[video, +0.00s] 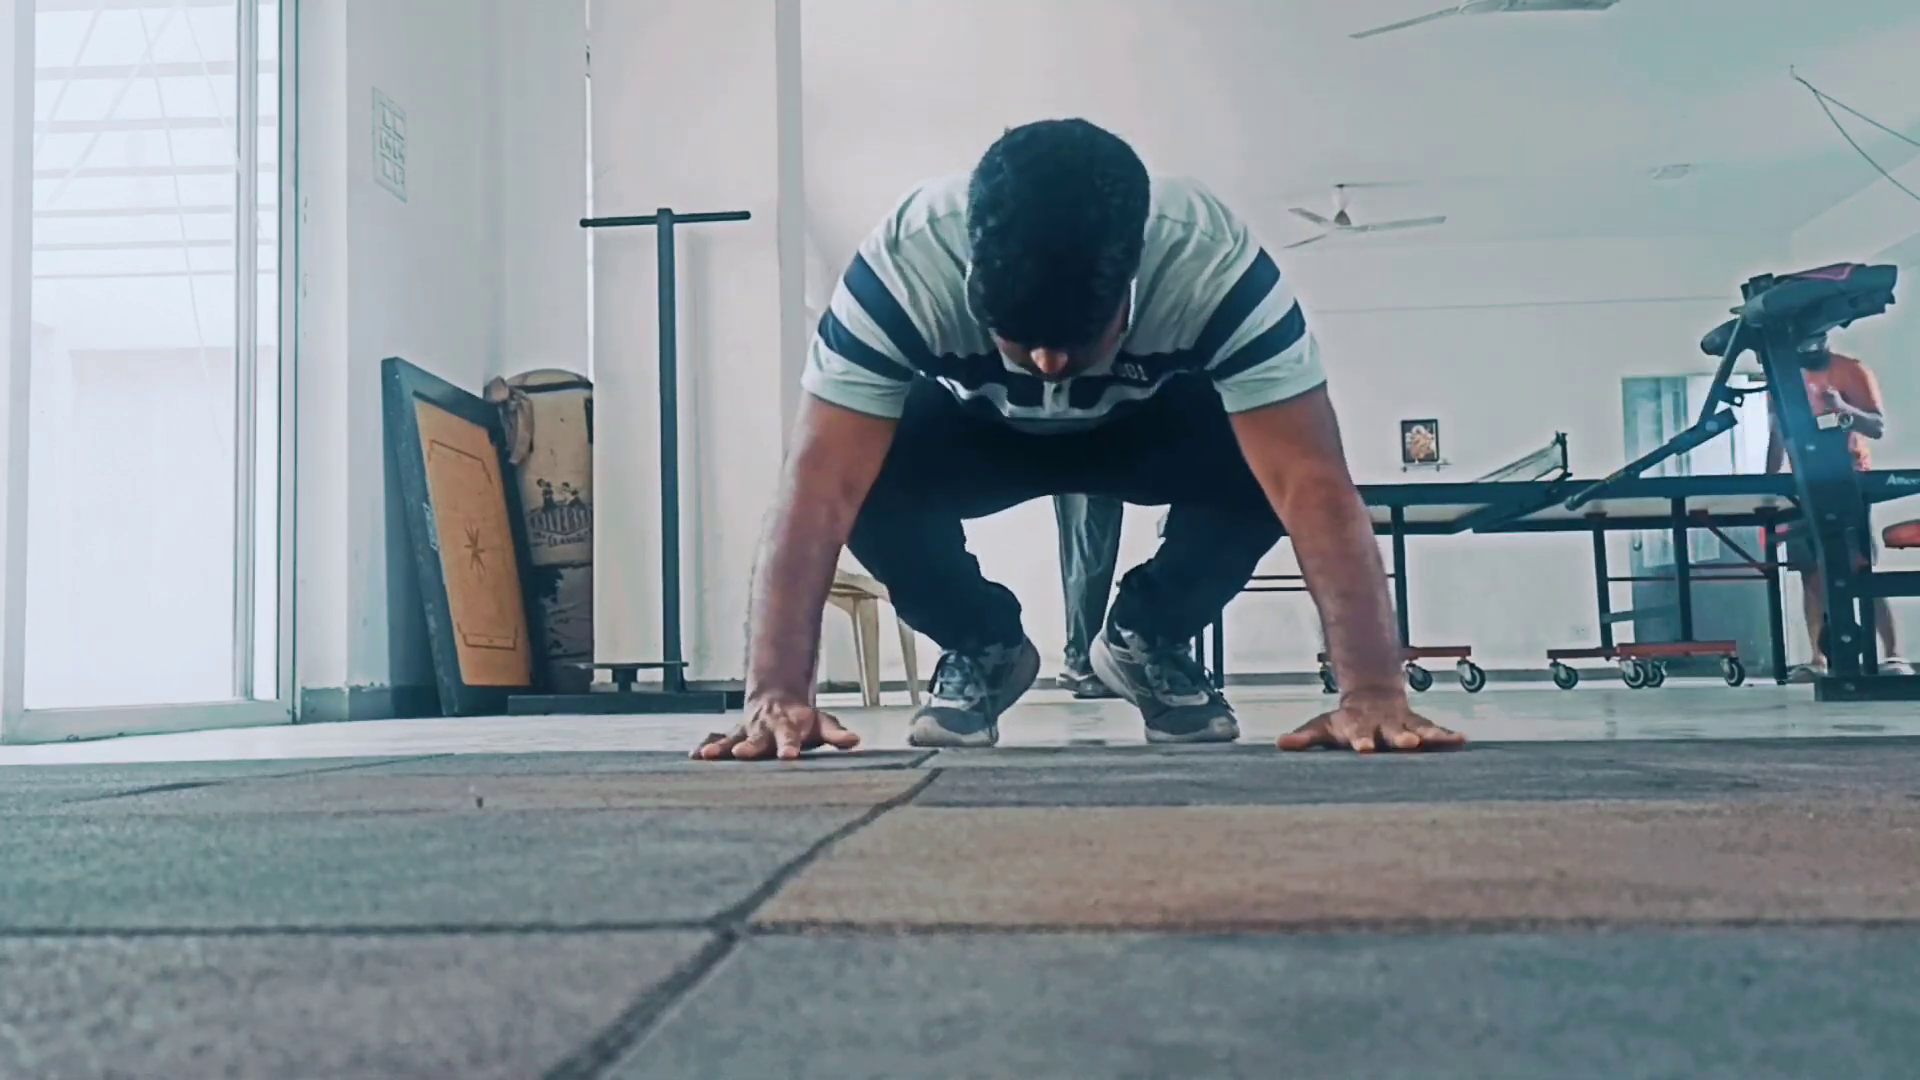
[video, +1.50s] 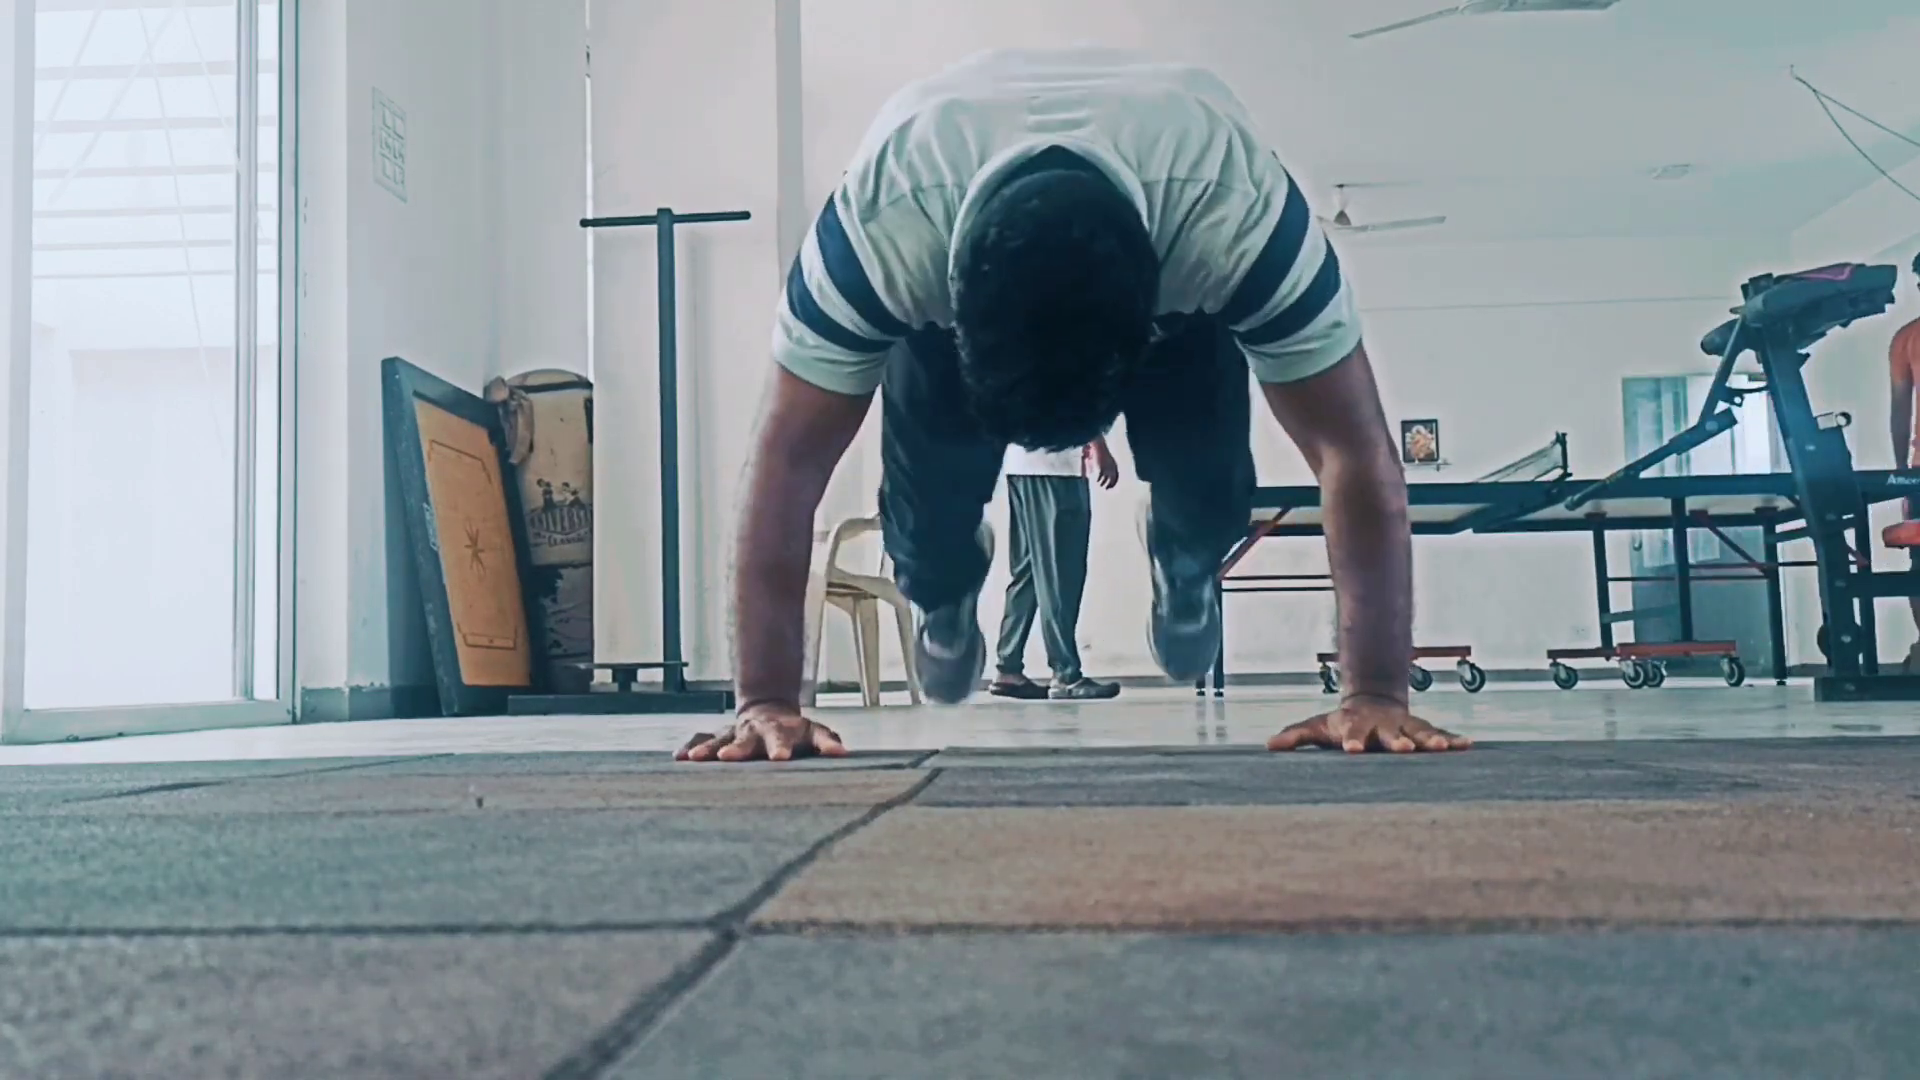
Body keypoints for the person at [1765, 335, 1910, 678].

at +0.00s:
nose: (1811, 346)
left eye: (1816, 337)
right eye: (1803, 340)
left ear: (1826, 335)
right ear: (1792, 344)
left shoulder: (1851, 370)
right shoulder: (1783, 381)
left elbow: (1877, 427)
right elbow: (1776, 440)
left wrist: (1844, 407)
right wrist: (1770, 489)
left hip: (1850, 484)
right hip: (1805, 488)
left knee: (1864, 574)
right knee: (1811, 577)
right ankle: (1819, 660)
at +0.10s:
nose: (1829, 343)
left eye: (1835, 334)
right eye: (1820, 336)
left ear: (1847, 332)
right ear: (1810, 341)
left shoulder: (1873, 370)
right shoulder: (1802, 378)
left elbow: (1895, 427)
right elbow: (1790, 432)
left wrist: (1863, 408)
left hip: (1869, 483)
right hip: (1821, 486)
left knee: (1891, 575)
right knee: (1822, 574)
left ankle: (1916, 655)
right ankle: (1821, 659)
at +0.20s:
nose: (1855, 341)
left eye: (1861, 333)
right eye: (1846, 335)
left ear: (1870, 332)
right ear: (1831, 337)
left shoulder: (1895, 370)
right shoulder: (1815, 377)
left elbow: (1916, 426)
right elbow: (1798, 431)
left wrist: (1890, 409)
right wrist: (1823, 430)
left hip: (1891, 481)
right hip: (1838, 485)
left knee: (1910, 574)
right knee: (1832, 573)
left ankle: (1918, 659)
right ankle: (1824, 658)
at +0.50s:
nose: (1895, 335)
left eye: (1901, 326)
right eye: (1885, 327)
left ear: (1912, 322)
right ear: (1871, 325)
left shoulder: (1918, 357)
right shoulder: (1853, 365)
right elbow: (1838, 424)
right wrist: (1834, 467)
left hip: (1915, 477)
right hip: (1870, 481)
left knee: (1918, 570)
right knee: (1869, 572)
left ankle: (1916, 653)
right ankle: (1887, 652)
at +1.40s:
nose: (1915, 293)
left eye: (1915, 287)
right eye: (1916, 286)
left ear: (1913, 289)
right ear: (1916, 289)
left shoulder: (1897, 345)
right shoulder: (1897, 344)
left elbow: (1886, 418)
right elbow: (1886, 418)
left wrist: (1888, 475)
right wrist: (1887, 475)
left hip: (1912, 471)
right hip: (1912, 472)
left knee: (1914, 568)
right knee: (1914, 568)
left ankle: (1918, 649)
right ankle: (1917, 649)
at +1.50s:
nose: (1917, 284)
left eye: (1917, 277)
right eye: (1917, 276)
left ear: (1916, 281)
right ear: (1914, 280)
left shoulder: (1905, 340)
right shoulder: (1904, 340)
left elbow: (1900, 417)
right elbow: (1900, 417)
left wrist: (1904, 473)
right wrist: (1904, 474)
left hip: (1919, 474)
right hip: (1919, 475)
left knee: (1916, 566)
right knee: (1915, 565)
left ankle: (1918, 643)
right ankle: (1917, 643)